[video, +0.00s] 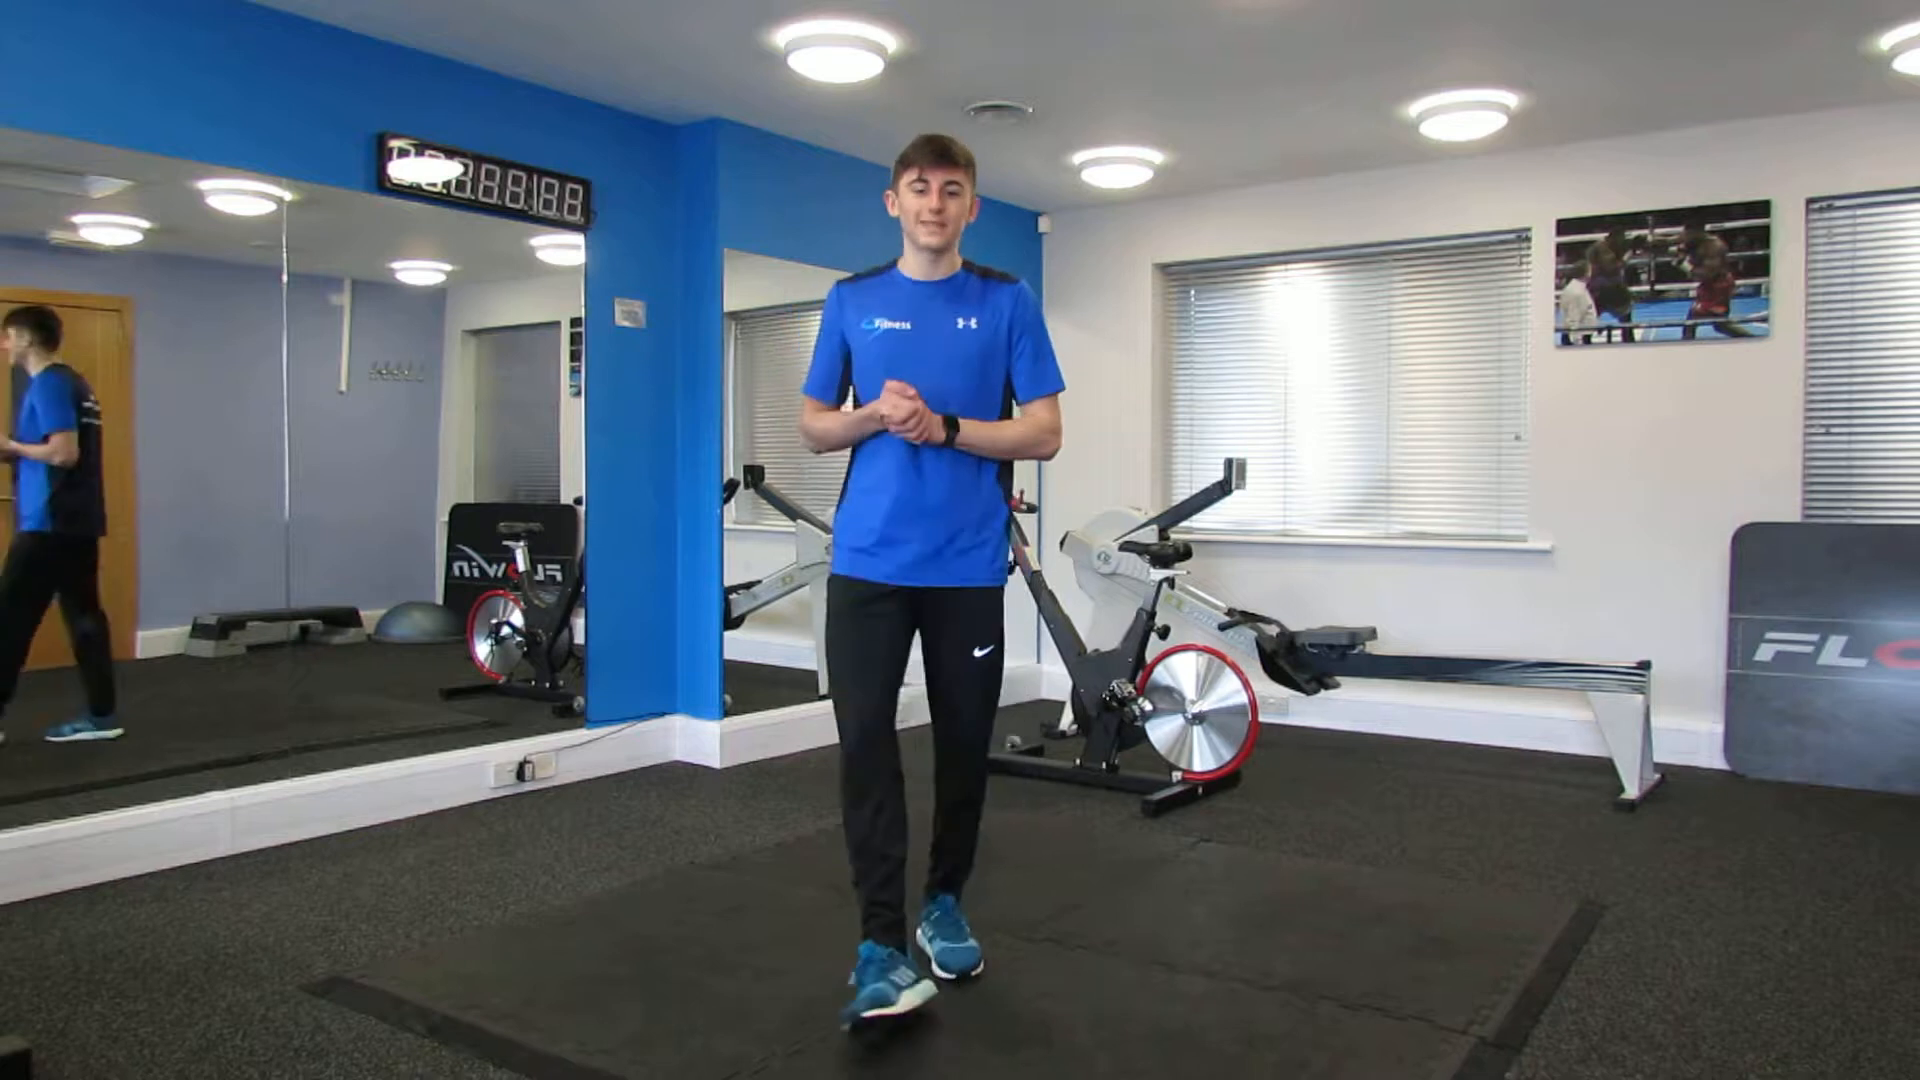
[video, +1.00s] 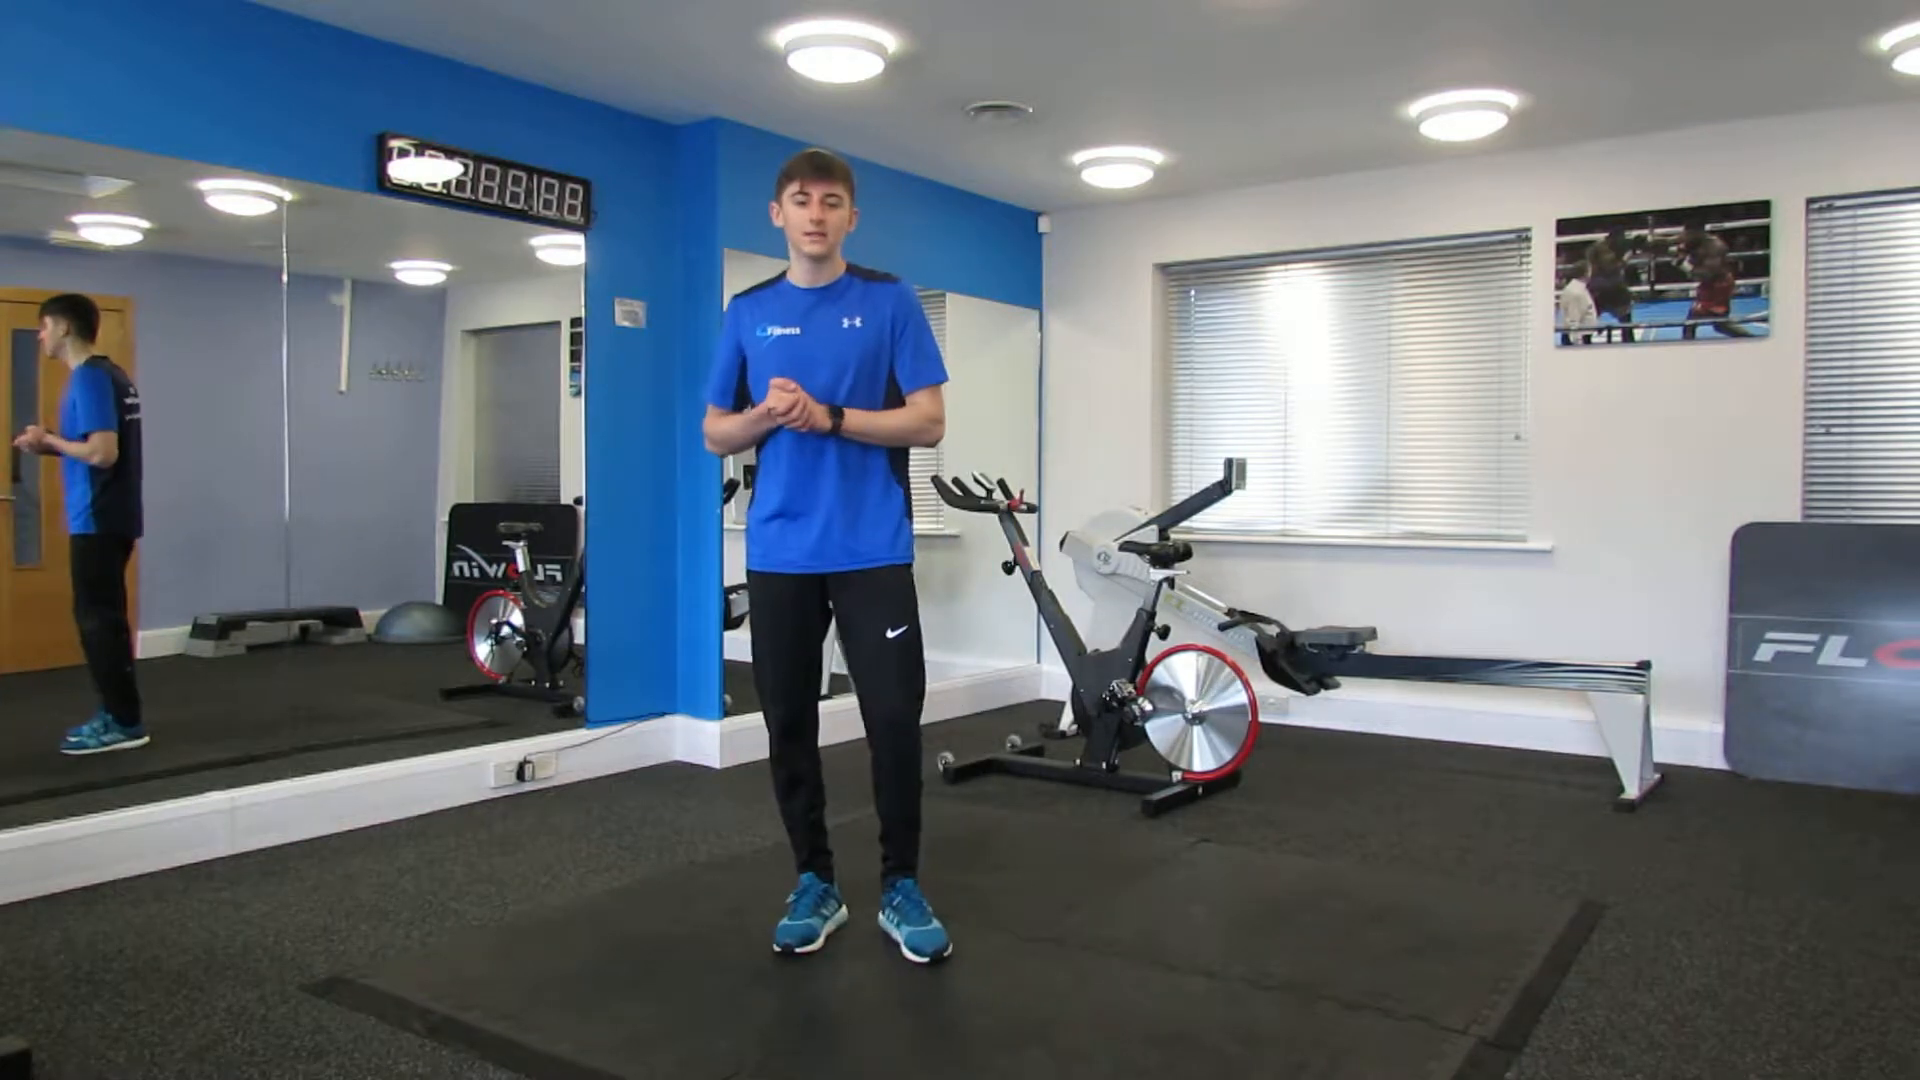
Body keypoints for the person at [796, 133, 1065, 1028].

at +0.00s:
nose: (935, 202)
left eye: (952, 190)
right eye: (920, 188)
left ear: (972, 207)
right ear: (895, 202)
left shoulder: (1008, 301)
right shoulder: (851, 300)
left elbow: (1045, 431)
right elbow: (816, 430)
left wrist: (949, 428)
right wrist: (871, 415)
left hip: (968, 566)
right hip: (867, 563)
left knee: (965, 747)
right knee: (864, 748)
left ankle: (944, 901)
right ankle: (881, 942)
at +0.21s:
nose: (927, 207)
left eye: (942, 196)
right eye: (911, 194)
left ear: (961, 210)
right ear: (887, 207)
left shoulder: (995, 305)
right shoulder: (843, 303)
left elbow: (1030, 431)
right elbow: (808, 428)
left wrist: (946, 426)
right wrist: (868, 411)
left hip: (957, 559)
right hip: (857, 553)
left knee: (959, 737)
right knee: (831, 725)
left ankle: (943, 903)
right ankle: (850, 893)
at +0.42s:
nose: (901, 207)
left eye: (916, 196)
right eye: (886, 195)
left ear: (936, 211)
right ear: (861, 209)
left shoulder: (968, 303)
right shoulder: (818, 304)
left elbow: (1002, 427)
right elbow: (785, 431)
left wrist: (922, 413)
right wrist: (852, 406)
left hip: (936, 556)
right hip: (837, 554)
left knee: (951, 737)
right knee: (818, 729)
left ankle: (944, 902)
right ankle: (821, 879)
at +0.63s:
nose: (862, 209)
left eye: (876, 198)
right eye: (847, 197)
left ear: (895, 215)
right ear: (822, 211)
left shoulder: (930, 303)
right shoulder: (781, 307)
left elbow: (966, 425)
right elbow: (747, 433)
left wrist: (881, 412)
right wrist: (808, 409)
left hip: (903, 549)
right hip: (805, 549)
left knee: (932, 726)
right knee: (800, 724)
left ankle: (939, 898)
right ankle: (817, 882)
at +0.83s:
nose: (830, 212)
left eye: (843, 200)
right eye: (814, 200)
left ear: (863, 215)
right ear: (789, 214)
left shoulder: (902, 303)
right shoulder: (755, 309)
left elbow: (936, 424)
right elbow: (719, 430)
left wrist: (846, 418)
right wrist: (774, 414)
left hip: (883, 546)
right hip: (788, 550)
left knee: (914, 716)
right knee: (792, 723)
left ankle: (921, 888)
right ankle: (816, 882)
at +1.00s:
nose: (816, 212)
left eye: (831, 201)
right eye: (801, 200)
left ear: (852, 216)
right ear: (778, 215)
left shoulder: (892, 302)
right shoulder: (747, 314)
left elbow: (929, 421)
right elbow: (717, 434)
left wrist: (834, 416)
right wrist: (764, 415)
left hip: (872, 548)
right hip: (780, 551)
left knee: (896, 721)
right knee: (788, 726)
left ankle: (901, 888)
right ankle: (815, 882)